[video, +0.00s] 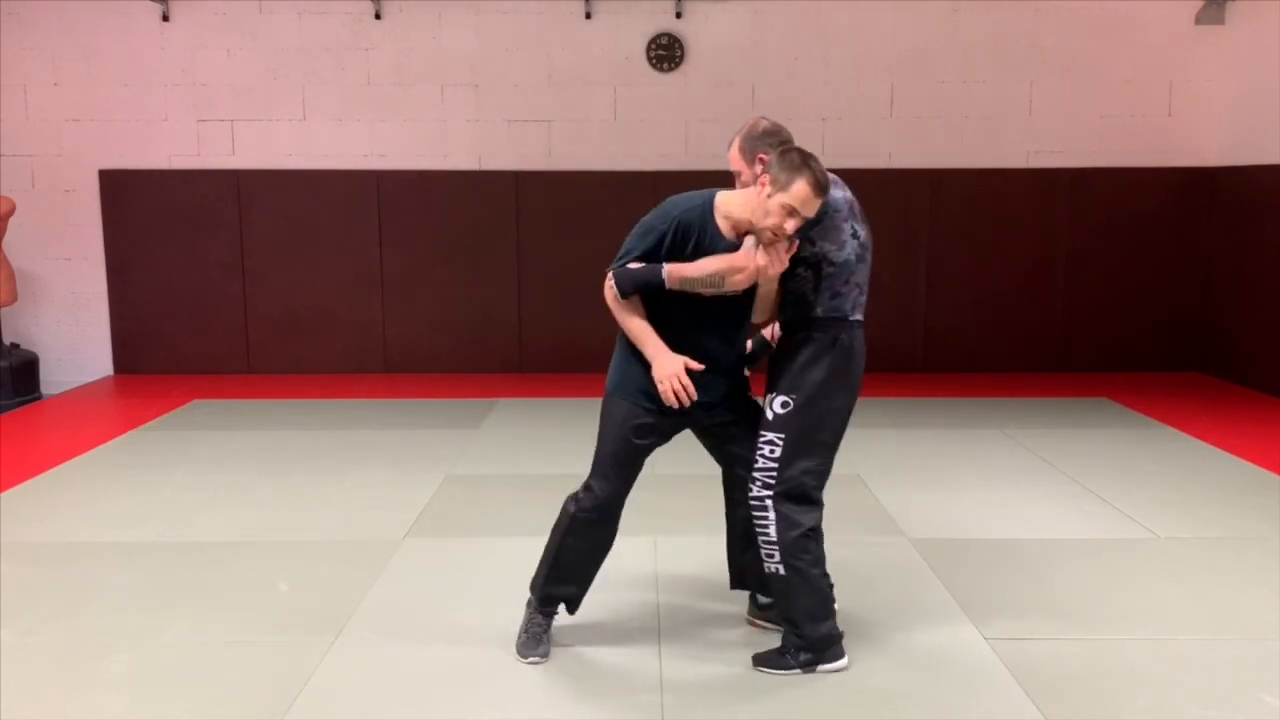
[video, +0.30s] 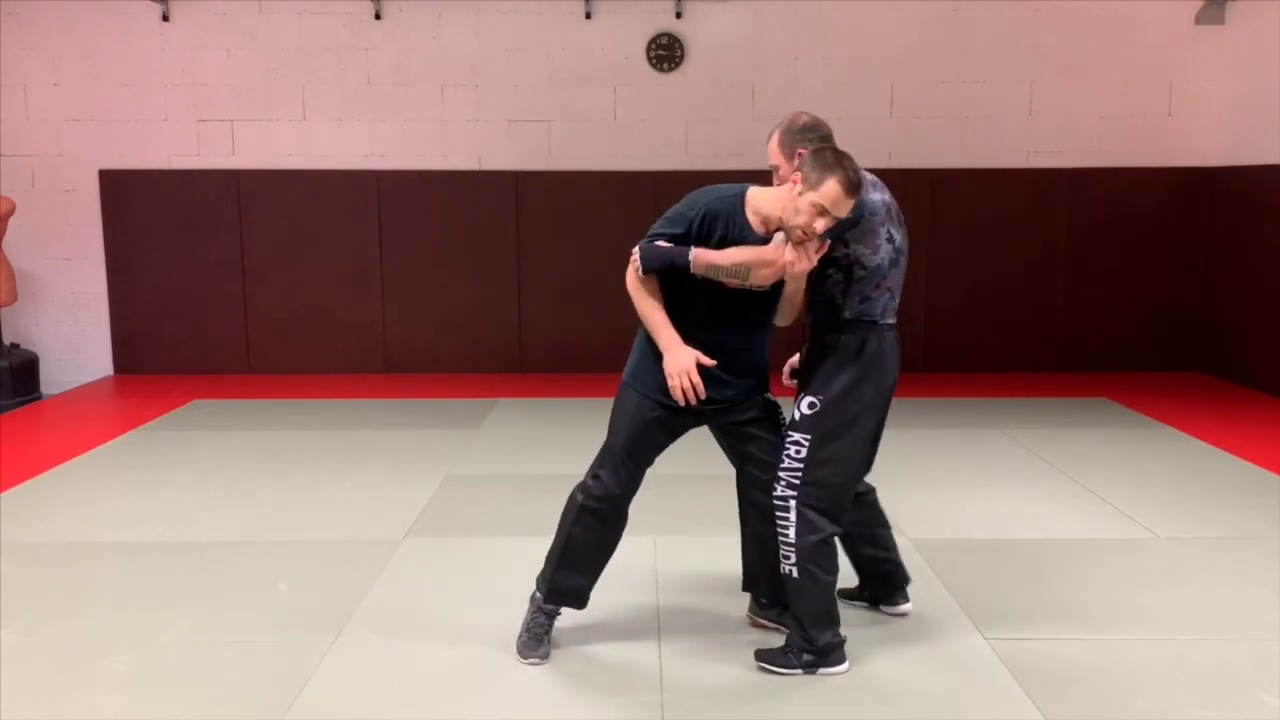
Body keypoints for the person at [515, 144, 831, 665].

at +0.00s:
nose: (791, 229)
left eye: (802, 222)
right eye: (789, 212)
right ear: (760, 185)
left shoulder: (769, 250)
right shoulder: (678, 217)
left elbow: (758, 328)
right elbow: (616, 288)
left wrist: (770, 279)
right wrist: (659, 357)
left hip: (720, 382)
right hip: (645, 378)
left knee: (762, 474)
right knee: (602, 495)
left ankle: (767, 595)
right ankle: (542, 607)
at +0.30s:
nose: (820, 228)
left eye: (831, 221)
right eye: (819, 211)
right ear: (793, 183)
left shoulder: (794, 247)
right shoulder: (708, 209)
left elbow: (785, 320)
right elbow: (638, 273)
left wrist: (797, 278)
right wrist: (672, 348)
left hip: (740, 385)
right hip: (665, 375)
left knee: (776, 482)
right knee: (607, 486)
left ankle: (771, 600)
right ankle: (546, 603)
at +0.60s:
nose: (830, 223)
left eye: (841, 216)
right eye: (827, 207)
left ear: (847, 213)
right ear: (800, 179)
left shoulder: (804, 242)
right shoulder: (716, 207)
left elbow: (796, 316)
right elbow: (648, 273)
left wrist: (815, 274)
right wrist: (696, 342)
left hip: (741, 382)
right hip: (666, 372)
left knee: (768, 485)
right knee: (614, 486)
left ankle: (771, 600)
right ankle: (547, 597)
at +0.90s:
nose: (737, 190)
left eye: (741, 178)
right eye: (729, 177)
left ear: (702, 169)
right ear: (691, 166)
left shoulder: (709, 222)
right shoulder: (621, 225)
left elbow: (716, 293)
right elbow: (616, 328)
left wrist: (748, 324)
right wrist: (710, 339)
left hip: (698, 386)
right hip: (630, 394)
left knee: (741, 493)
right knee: (620, 514)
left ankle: (768, 599)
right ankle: (560, 637)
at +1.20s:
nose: (661, 151)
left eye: (663, 139)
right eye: (657, 139)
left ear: (621, 133)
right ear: (622, 133)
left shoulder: (607, 191)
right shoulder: (565, 205)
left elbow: (607, 284)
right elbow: (561, 315)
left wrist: (644, 297)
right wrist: (637, 309)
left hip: (619, 377)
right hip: (573, 387)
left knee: (633, 483)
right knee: (584, 513)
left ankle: (608, 583)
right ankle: (557, 638)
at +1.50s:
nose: (635, 162)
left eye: (638, 151)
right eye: (630, 149)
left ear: (597, 144)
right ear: (597, 141)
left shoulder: (577, 203)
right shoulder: (529, 195)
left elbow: (563, 288)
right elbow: (507, 290)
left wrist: (596, 308)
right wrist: (588, 308)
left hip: (552, 375)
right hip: (512, 377)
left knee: (550, 487)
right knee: (537, 497)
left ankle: (515, 587)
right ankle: (524, 634)